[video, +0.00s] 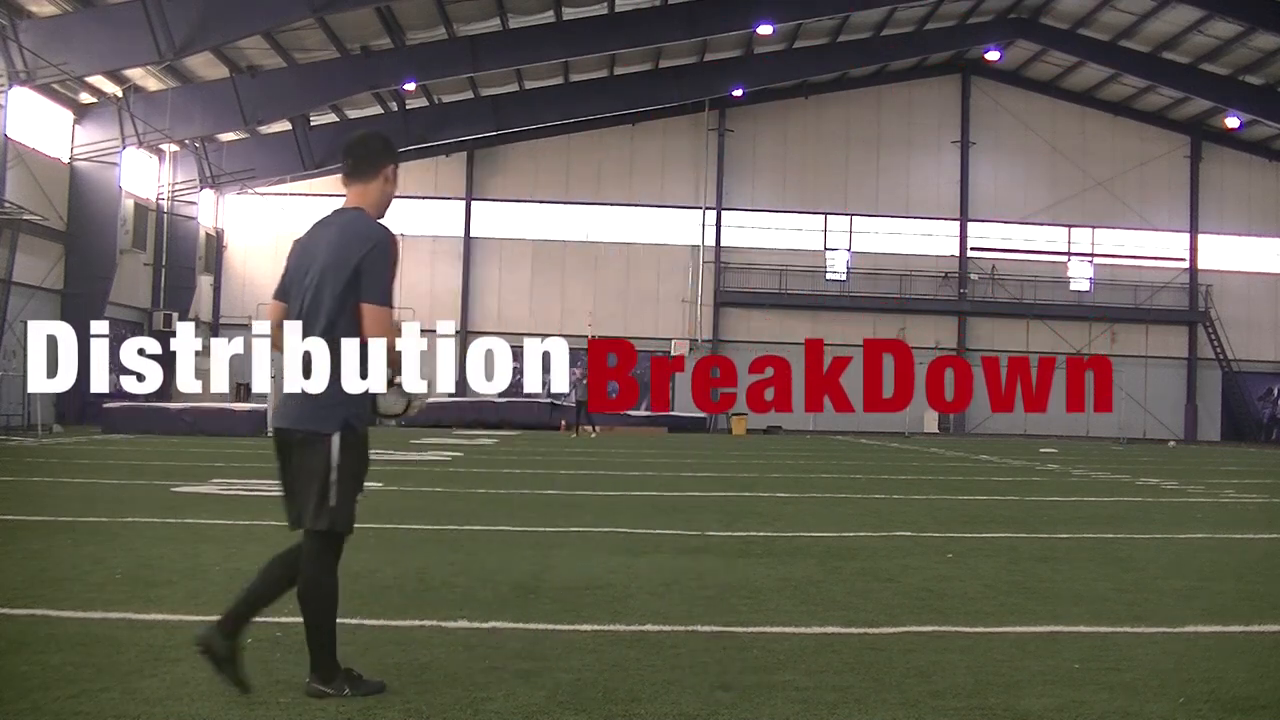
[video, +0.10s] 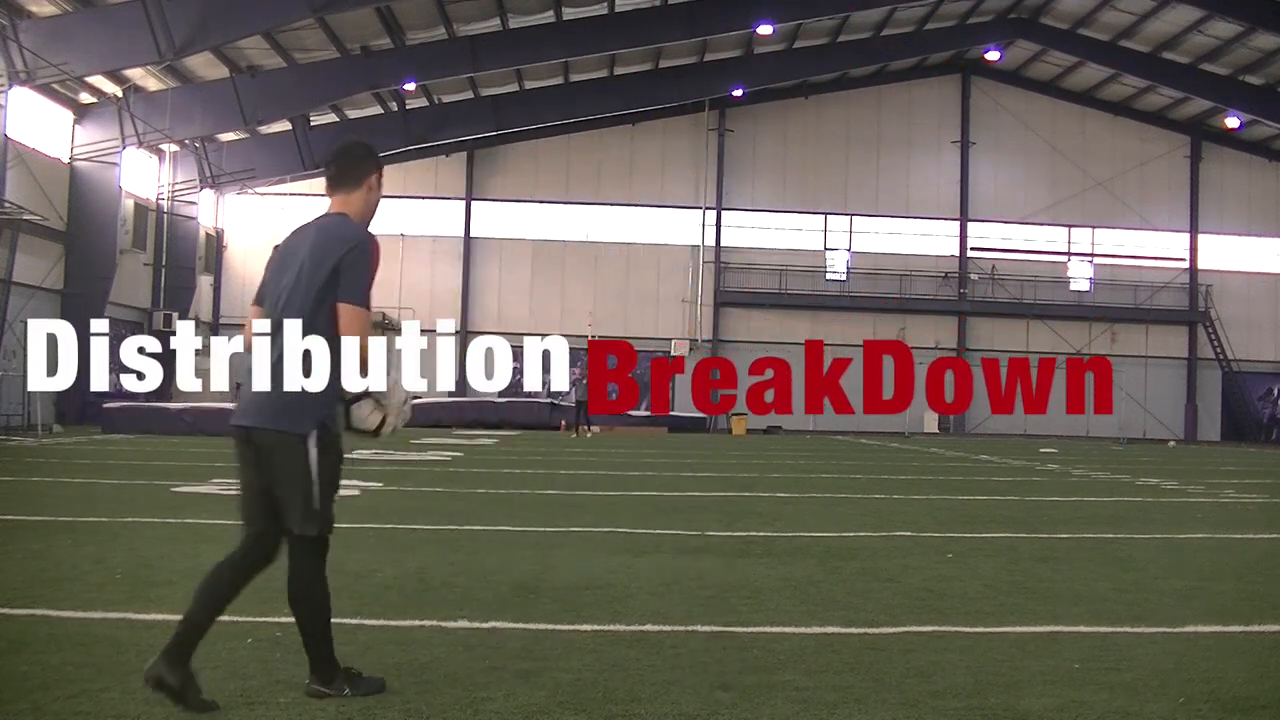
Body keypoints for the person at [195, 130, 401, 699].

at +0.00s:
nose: (397, 189)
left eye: (395, 179)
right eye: (396, 179)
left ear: (345, 176)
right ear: (388, 176)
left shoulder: (308, 238)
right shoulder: (374, 237)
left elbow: (277, 319)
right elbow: (377, 327)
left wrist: (300, 376)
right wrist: (393, 386)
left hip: (294, 412)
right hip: (334, 416)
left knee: (316, 542)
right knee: (323, 541)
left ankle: (224, 633)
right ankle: (325, 674)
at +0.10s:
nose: (381, 198)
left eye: (379, 187)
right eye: (382, 187)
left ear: (330, 183)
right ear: (373, 183)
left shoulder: (291, 241)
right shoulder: (357, 241)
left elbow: (255, 327)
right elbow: (352, 335)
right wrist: (363, 397)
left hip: (255, 416)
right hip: (303, 420)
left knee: (260, 541)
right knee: (308, 547)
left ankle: (173, 660)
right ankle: (327, 673)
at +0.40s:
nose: (350, 305)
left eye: (353, 296)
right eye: (352, 294)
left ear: (304, 278)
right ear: (342, 285)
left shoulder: (249, 299)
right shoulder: (324, 315)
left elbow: (215, 390)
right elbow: (311, 404)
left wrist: (237, 500)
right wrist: (304, 488)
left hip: (144, 398)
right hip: (201, 406)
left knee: (165, 539)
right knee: (225, 535)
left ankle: (155, 687)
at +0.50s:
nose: (336, 351)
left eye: (338, 340)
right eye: (339, 339)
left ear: (297, 316)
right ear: (327, 328)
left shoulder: (246, 327)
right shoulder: (314, 351)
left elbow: (197, 412)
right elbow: (291, 435)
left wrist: (198, 531)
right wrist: (276, 530)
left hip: (120, 397)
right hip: (175, 409)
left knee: (148, 549)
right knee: (183, 551)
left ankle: (155, 693)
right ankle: (162, 699)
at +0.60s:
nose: (329, 378)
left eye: (330, 369)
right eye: (328, 368)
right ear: (320, 361)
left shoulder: (228, 355)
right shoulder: (300, 382)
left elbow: (184, 448)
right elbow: (280, 474)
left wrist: (201, 549)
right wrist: (260, 569)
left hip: (93, 403)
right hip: (156, 411)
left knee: (145, 552)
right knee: (188, 553)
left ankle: (154, 694)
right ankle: (160, 702)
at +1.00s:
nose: (246, 323)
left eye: (248, 313)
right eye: (247, 313)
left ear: (198, 300)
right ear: (237, 308)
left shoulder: (154, 323)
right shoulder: (221, 343)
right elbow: (211, 431)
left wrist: (111, 530)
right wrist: (229, 534)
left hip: (14, 427)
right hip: (81, 436)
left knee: (89, 544)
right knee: (160, 555)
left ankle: (71, 686)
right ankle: (160, 703)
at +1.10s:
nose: (220, 290)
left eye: (221, 278)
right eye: (219, 277)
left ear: (168, 268)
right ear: (201, 271)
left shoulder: (102, 299)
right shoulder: (184, 317)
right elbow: (175, 416)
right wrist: (189, 510)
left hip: (6, 433)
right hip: (67, 440)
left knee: (51, 561)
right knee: (145, 557)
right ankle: (159, 702)